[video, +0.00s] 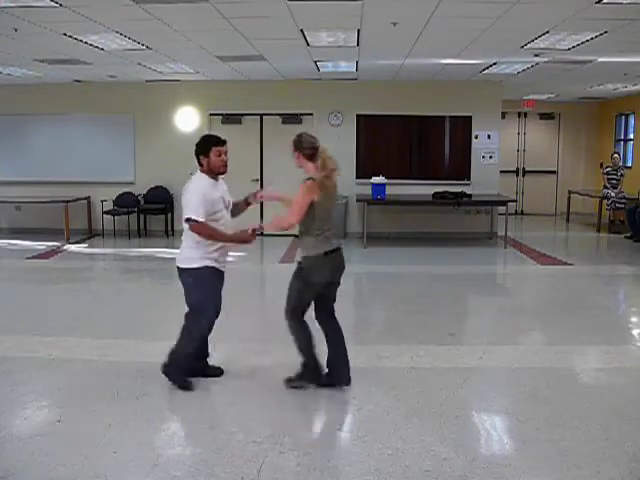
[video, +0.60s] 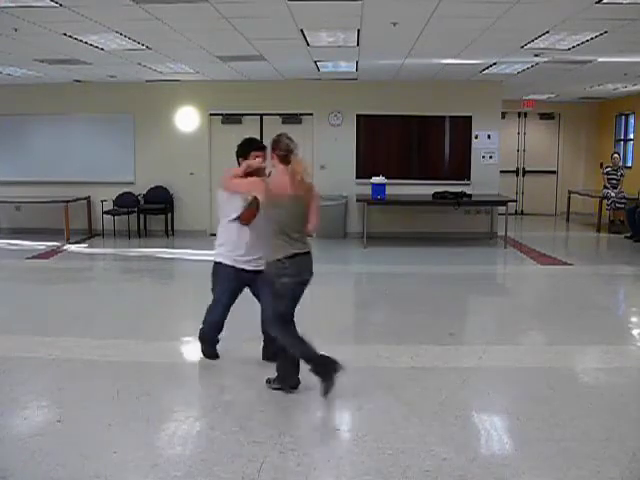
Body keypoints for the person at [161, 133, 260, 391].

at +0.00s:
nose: (224, 159)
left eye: (225, 154)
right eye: (219, 155)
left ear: (224, 156)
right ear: (203, 159)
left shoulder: (218, 183)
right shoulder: (197, 186)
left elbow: (228, 211)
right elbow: (194, 224)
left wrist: (248, 201)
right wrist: (234, 238)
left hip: (212, 263)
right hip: (196, 264)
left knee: (208, 313)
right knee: (203, 313)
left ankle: (197, 362)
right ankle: (176, 366)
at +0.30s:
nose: (232, 164)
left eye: (233, 159)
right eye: (226, 159)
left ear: (235, 160)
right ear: (211, 162)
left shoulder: (238, 187)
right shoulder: (199, 187)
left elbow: (248, 219)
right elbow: (207, 222)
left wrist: (258, 216)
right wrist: (237, 215)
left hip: (226, 262)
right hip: (198, 262)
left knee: (227, 305)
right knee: (199, 311)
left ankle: (203, 354)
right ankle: (207, 348)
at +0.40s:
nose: (239, 165)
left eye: (241, 160)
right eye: (233, 160)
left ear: (242, 161)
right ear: (219, 163)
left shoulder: (244, 186)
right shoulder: (205, 188)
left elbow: (256, 217)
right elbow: (211, 225)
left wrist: (266, 217)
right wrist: (235, 210)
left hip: (236, 261)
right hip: (207, 262)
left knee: (246, 301)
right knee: (205, 309)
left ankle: (229, 347)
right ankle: (206, 347)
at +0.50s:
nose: (250, 165)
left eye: (251, 160)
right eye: (244, 160)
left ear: (254, 161)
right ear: (229, 162)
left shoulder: (256, 186)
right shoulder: (215, 187)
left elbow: (265, 219)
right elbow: (223, 223)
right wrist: (243, 194)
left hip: (246, 261)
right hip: (216, 261)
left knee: (259, 302)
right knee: (212, 304)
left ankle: (261, 348)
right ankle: (206, 344)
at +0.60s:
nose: (262, 163)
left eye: (263, 158)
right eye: (257, 158)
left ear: (265, 160)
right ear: (243, 160)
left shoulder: (267, 186)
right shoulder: (229, 188)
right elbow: (245, 218)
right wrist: (259, 193)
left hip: (260, 263)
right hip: (230, 262)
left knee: (273, 306)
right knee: (221, 306)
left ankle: (272, 347)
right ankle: (208, 339)